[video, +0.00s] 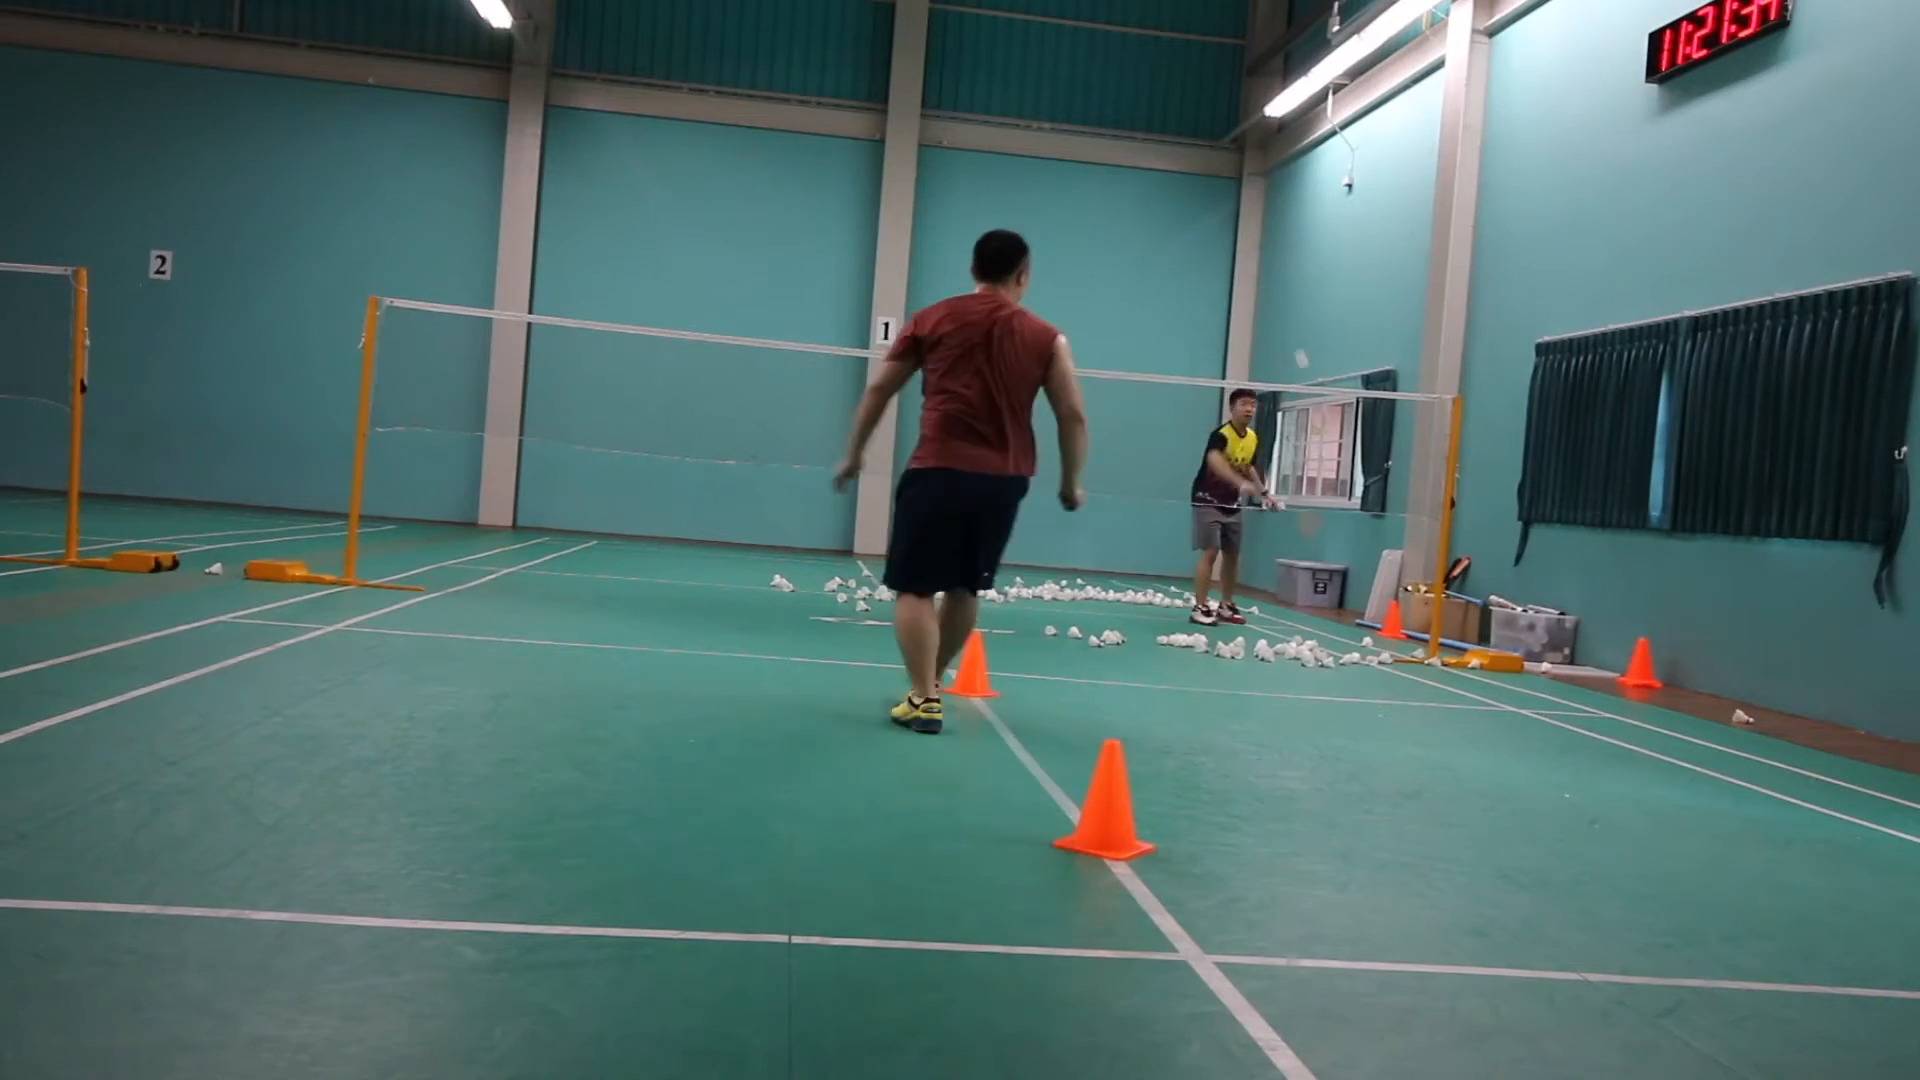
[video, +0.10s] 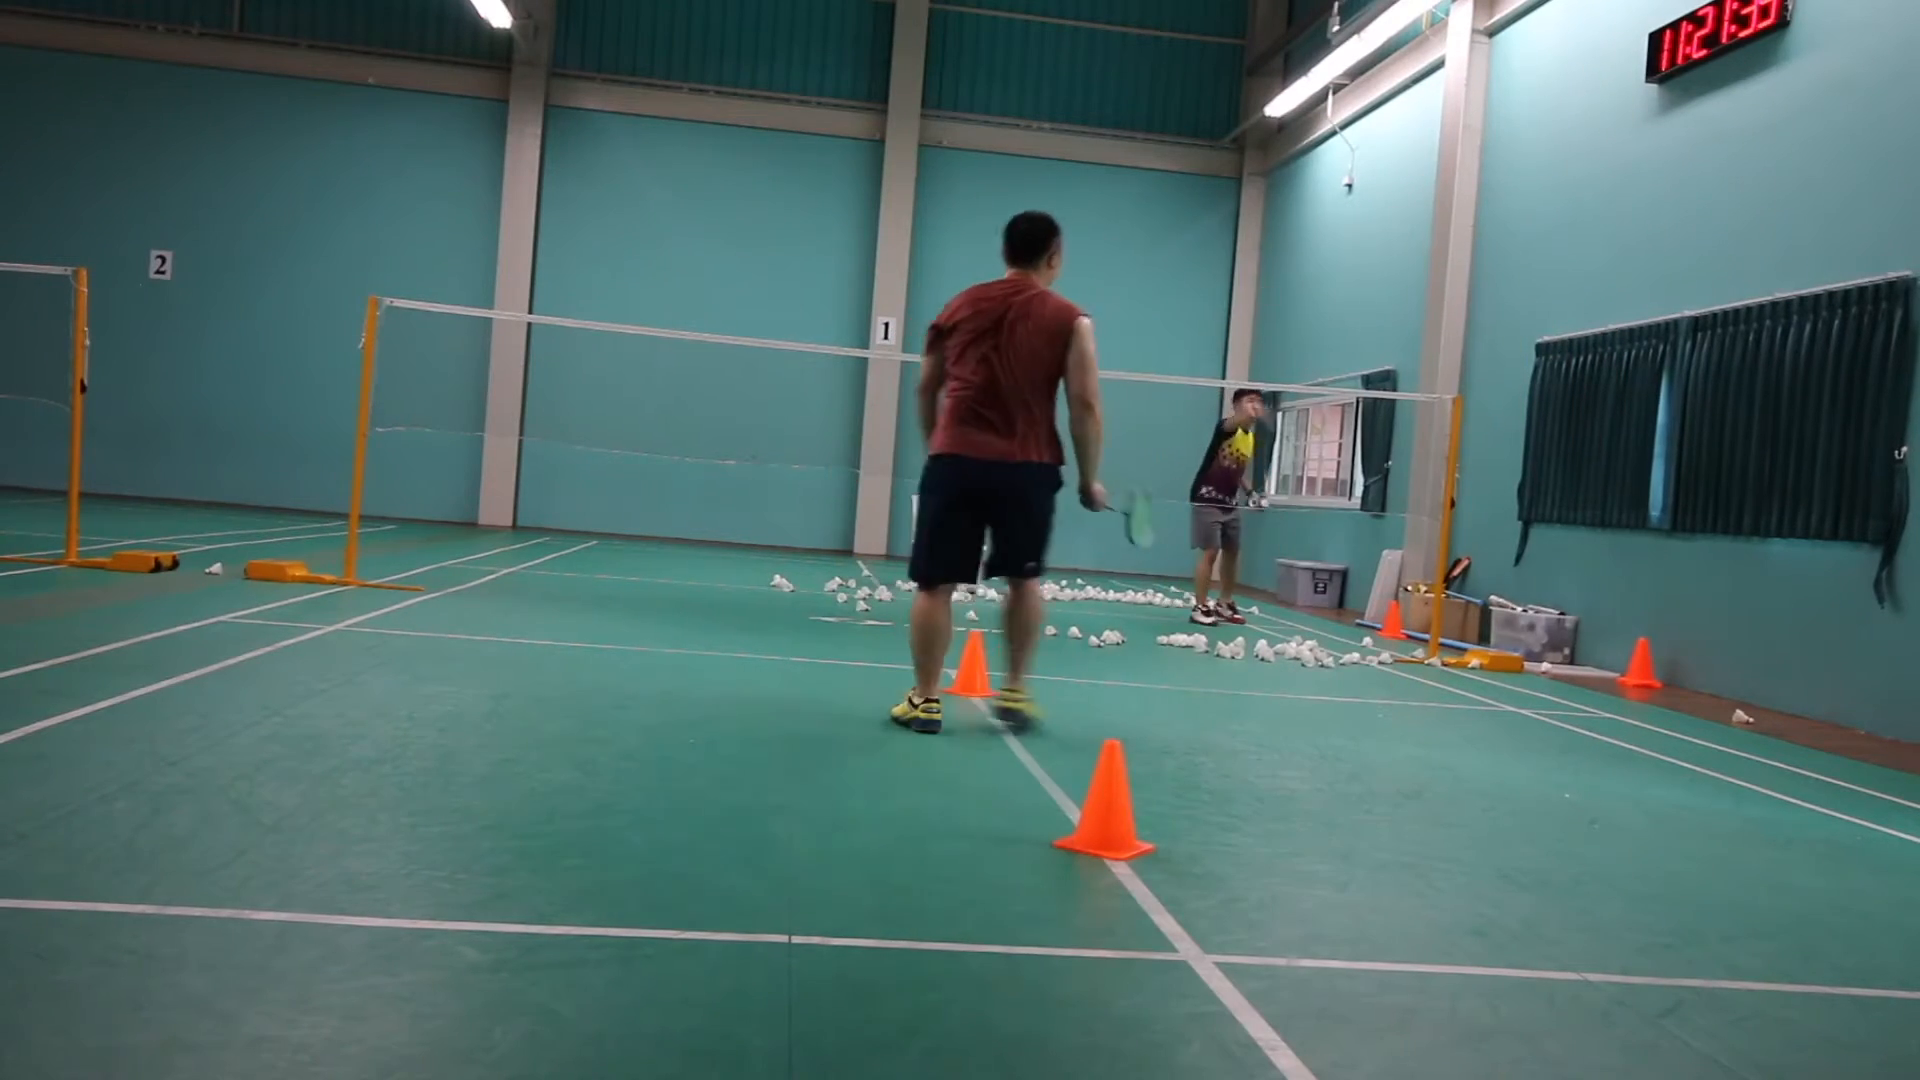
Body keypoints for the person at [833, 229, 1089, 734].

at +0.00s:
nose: (1028, 282)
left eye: (1026, 276)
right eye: (1028, 275)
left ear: (974, 272)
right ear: (1023, 275)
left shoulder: (933, 320)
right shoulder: (1043, 336)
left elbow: (880, 389)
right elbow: (1072, 415)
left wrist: (854, 453)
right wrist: (1070, 482)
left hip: (934, 474)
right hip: (1002, 481)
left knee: (913, 587)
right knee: (965, 586)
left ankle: (926, 699)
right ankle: (928, 687)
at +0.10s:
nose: (1060, 264)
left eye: (1059, 256)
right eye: (1060, 257)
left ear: (1007, 254)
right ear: (1053, 257)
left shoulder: (961, 305)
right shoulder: (1068, 319)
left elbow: (927, 385)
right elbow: (1084, 404)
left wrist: (935, 446)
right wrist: (1090, 477)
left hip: (953, 465)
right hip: (1026, 473)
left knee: (936, 584)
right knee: (1025, 578)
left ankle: (925, 700)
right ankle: (1014, 690)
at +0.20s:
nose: (1095, 266)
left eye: (1094, 257)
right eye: (1094, 258)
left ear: (1040, 259)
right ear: (1086, 261)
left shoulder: (994, 311)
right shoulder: (1095, 325)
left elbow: (969, 393)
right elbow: (1107, 412)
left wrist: (992, 445)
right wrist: (1117, 489)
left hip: (980, 478)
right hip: (1053, 486)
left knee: (948, 588)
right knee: (1085, 598)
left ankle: (924, 698)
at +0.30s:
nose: (1155, 258)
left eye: (1150, 248)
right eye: (1151, 249)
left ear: (1100, 262)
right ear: (1144, 259)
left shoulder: (1061, 325)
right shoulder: (1154, 328)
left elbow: (1038, 403)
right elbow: (1165, 415)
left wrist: (1058, 460)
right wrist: (1183, 491)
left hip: (1052, 491)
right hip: (1122, 498)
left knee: (1002, 594)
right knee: (1168, 606)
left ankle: (933, 691)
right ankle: (1133, 731)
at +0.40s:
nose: (1197, 230)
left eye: (1192, 221)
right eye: (1192, 223)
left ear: (1141, 242)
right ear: (1182, 236)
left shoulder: (1115, 306)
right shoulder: (1196, 298)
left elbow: (1097, 393)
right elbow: (1205, 370)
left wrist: (1149, 427)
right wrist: (1241, 451)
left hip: (1107, 474)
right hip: (1175, 479)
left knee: (1093, 589)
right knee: (1184, 609)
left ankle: (1032, 699)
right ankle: (1139, 726)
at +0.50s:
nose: (1251, 224)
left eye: (1245, 214)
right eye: (1243, 217)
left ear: (1193, 241)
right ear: (1230, 231)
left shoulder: (1165, 303)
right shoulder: (1238, 292)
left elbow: (1164, 395)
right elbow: (1247, 357)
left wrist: (1235, 433)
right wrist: (1291, 437)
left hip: (1165, 479)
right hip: (1228, 478)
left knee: (1186, 603)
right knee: (1273, 599)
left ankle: (1151, 726)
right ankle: (1211, 710)